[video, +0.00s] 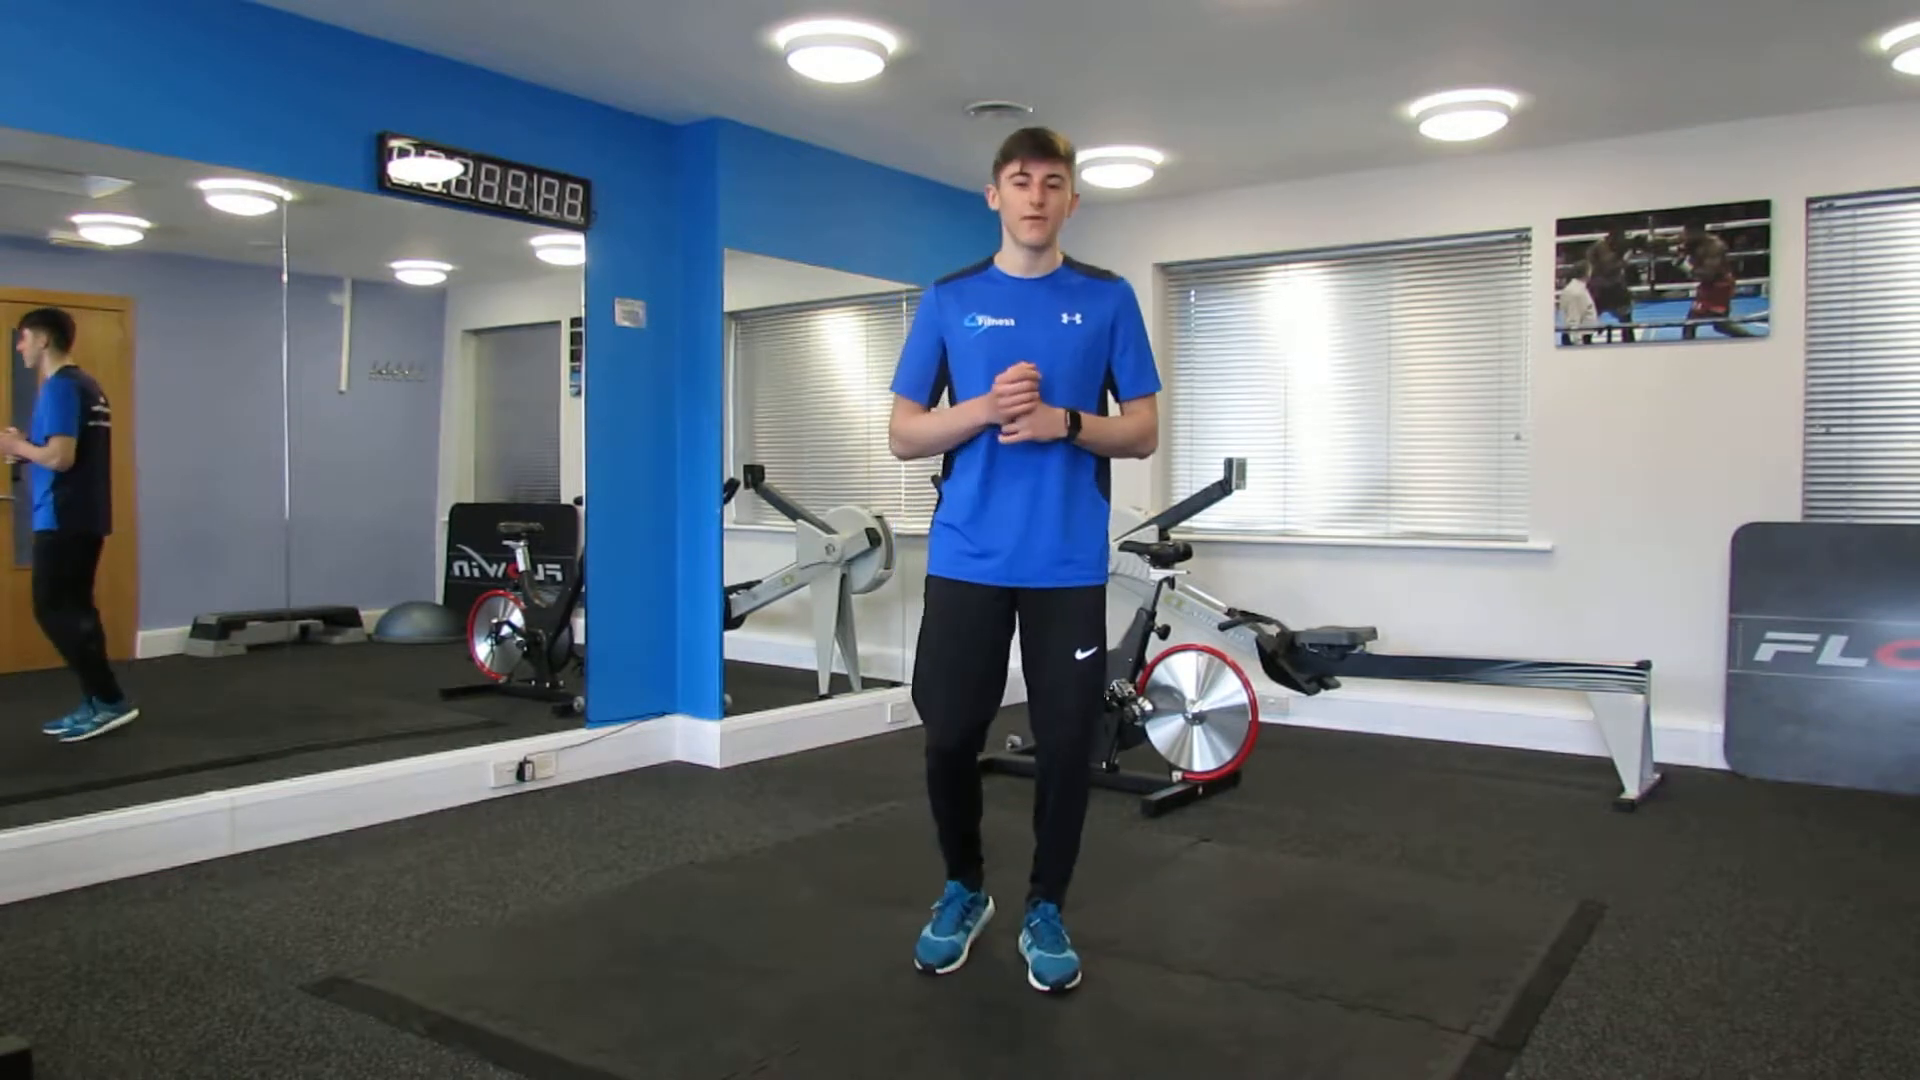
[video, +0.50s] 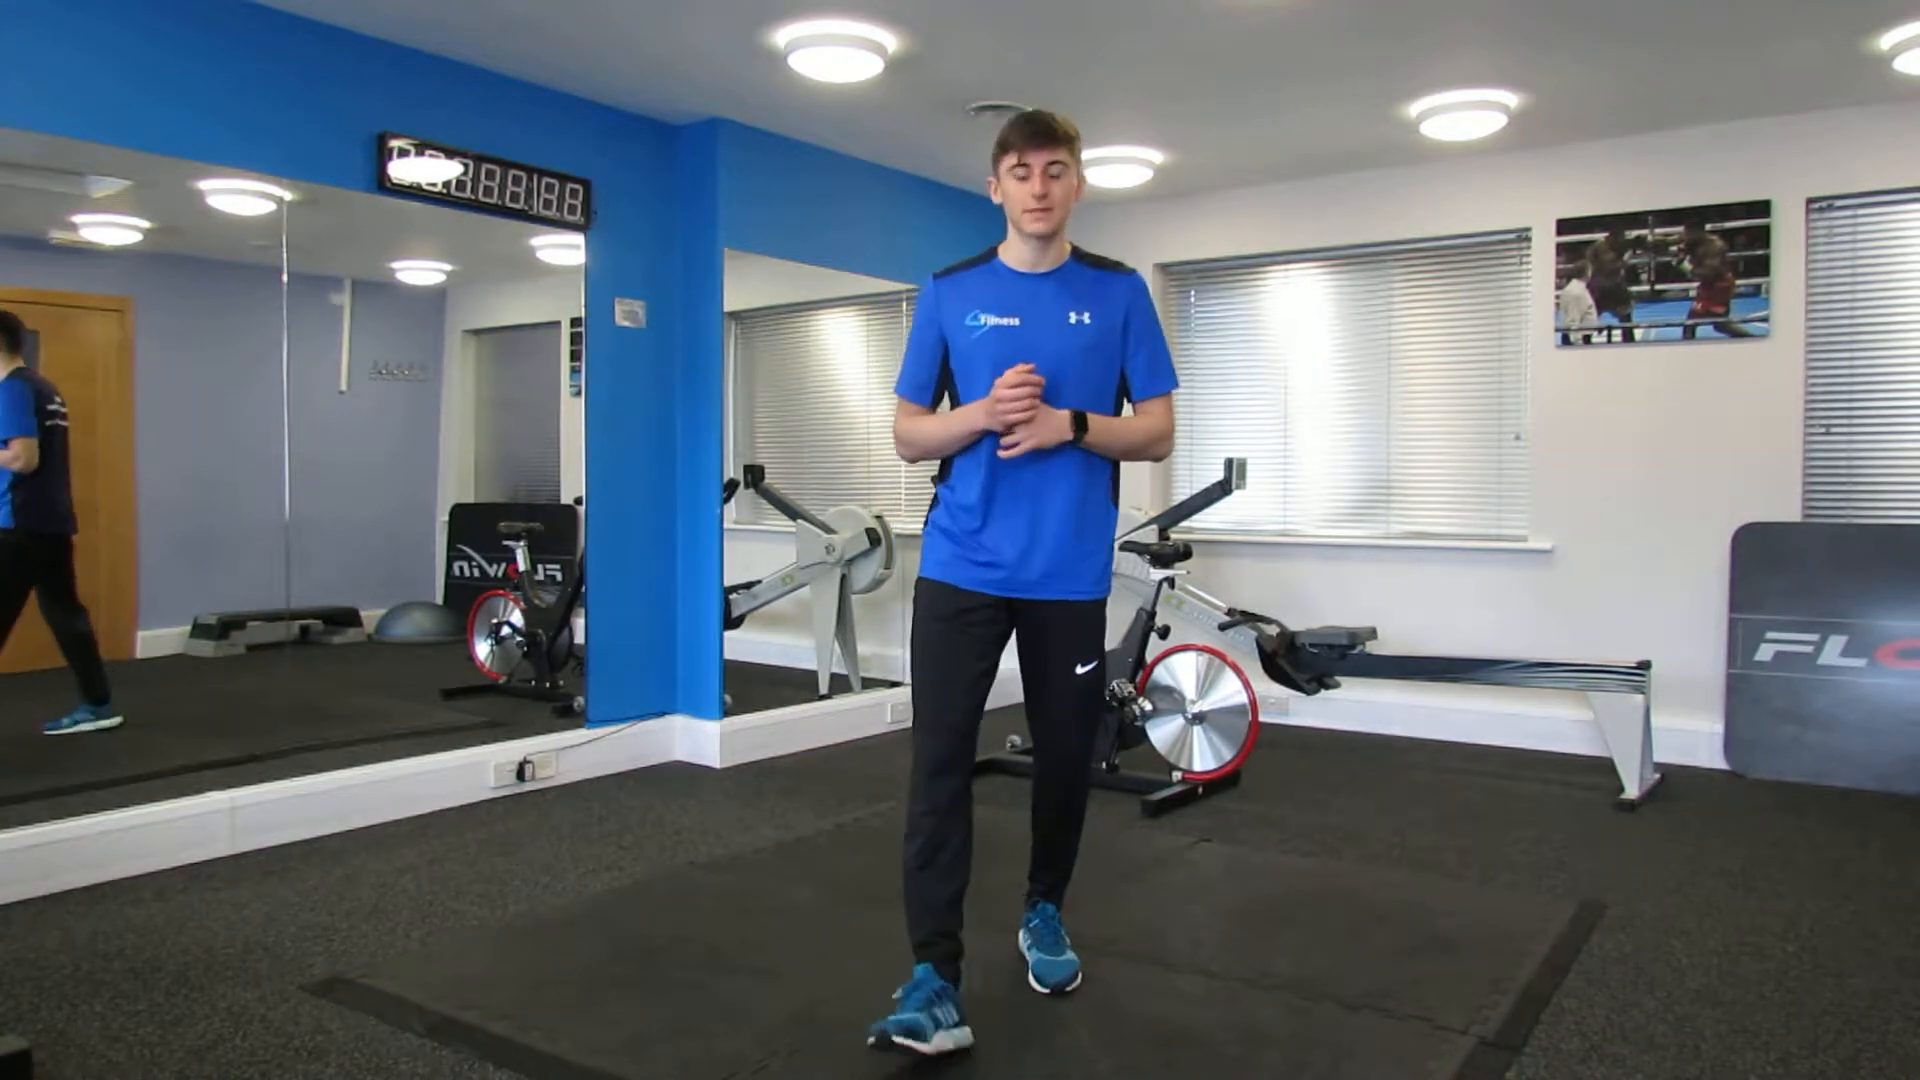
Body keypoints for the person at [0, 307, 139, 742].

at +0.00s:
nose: (19, 347)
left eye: (24, 338)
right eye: (20, 339)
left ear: (43, 340)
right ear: (53, 340)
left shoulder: (60, 387)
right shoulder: (86, 386)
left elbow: (61, 456)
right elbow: (73, 453)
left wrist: (18, 446)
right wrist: (28, 450)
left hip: (64, 523)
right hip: (85, 521)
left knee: (52, 607)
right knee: (76, 606)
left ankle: (108, 701)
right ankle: (98, 700)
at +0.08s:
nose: (14, 350)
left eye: (19, 340)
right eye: (15, 341)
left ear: (38, 342)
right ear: (49, 343)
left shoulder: (54, 389)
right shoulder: (83, 388)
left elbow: (54, 456)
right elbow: (70, 454)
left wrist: (13, 448)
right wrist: (22, 451)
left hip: (57, 524)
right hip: (84, 523)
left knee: (31, 607)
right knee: (75, 606)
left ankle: (99, 694)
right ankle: (98, 698)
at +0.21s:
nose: (6, 352)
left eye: (9, 343)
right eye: (6, 343)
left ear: (29, 343)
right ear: (42, 345)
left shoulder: (47, 389)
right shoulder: (78, 390)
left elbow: (50, 458)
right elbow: (72, 458)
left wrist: (8, 450)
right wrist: (22, 456)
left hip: (46, 525)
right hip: (76, 525)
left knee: (11, 605)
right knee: (73, 609)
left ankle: (75, 689)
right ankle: (100, 702)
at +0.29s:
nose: (1, 350)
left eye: (5, 341)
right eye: (2, 341)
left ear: (24, 344)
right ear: (38, 345)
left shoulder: (39, 387)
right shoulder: (70, 388)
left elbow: (47, 457)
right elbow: (69, 457)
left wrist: (6, 450)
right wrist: (20, 452)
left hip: (37, 525)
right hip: (70, 525)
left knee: (8, 609)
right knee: (72, 610)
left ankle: (39, 703)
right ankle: (100, 703)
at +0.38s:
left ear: (13, 344)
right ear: (32, 344)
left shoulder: (30, 386)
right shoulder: (61, 386)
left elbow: (41, 456)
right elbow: (63, 457)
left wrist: (2, 450)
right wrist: (19, 453)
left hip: (32, 526)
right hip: (65, 524)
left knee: (6, 615)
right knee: (70, 611)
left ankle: (5, 714)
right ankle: (100, 703)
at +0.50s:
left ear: (0, 345)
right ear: (18, 344)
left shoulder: (16, 388)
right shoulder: (43, 387)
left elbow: (23, 457)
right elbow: (44, 455)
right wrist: (9, 455)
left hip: (23, 529)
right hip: (51, 525)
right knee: (64, 611)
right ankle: (99, 703)